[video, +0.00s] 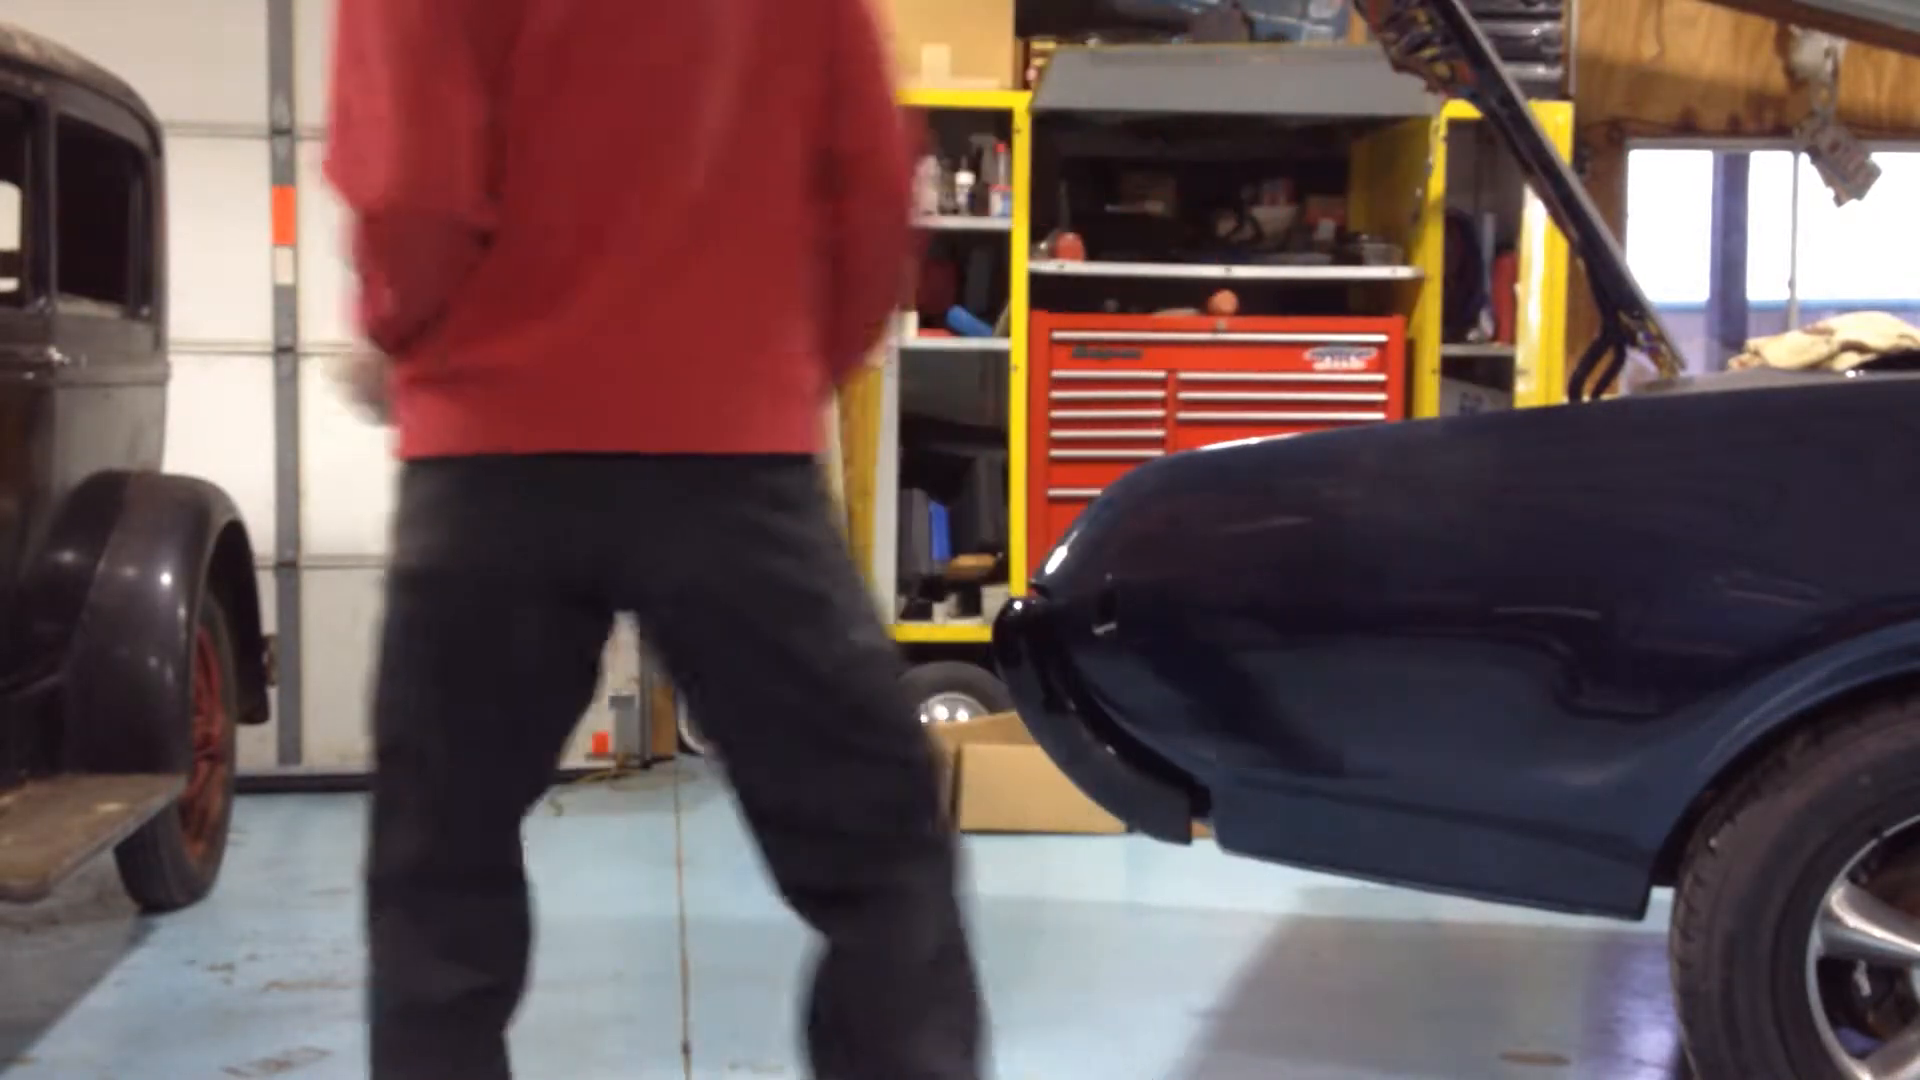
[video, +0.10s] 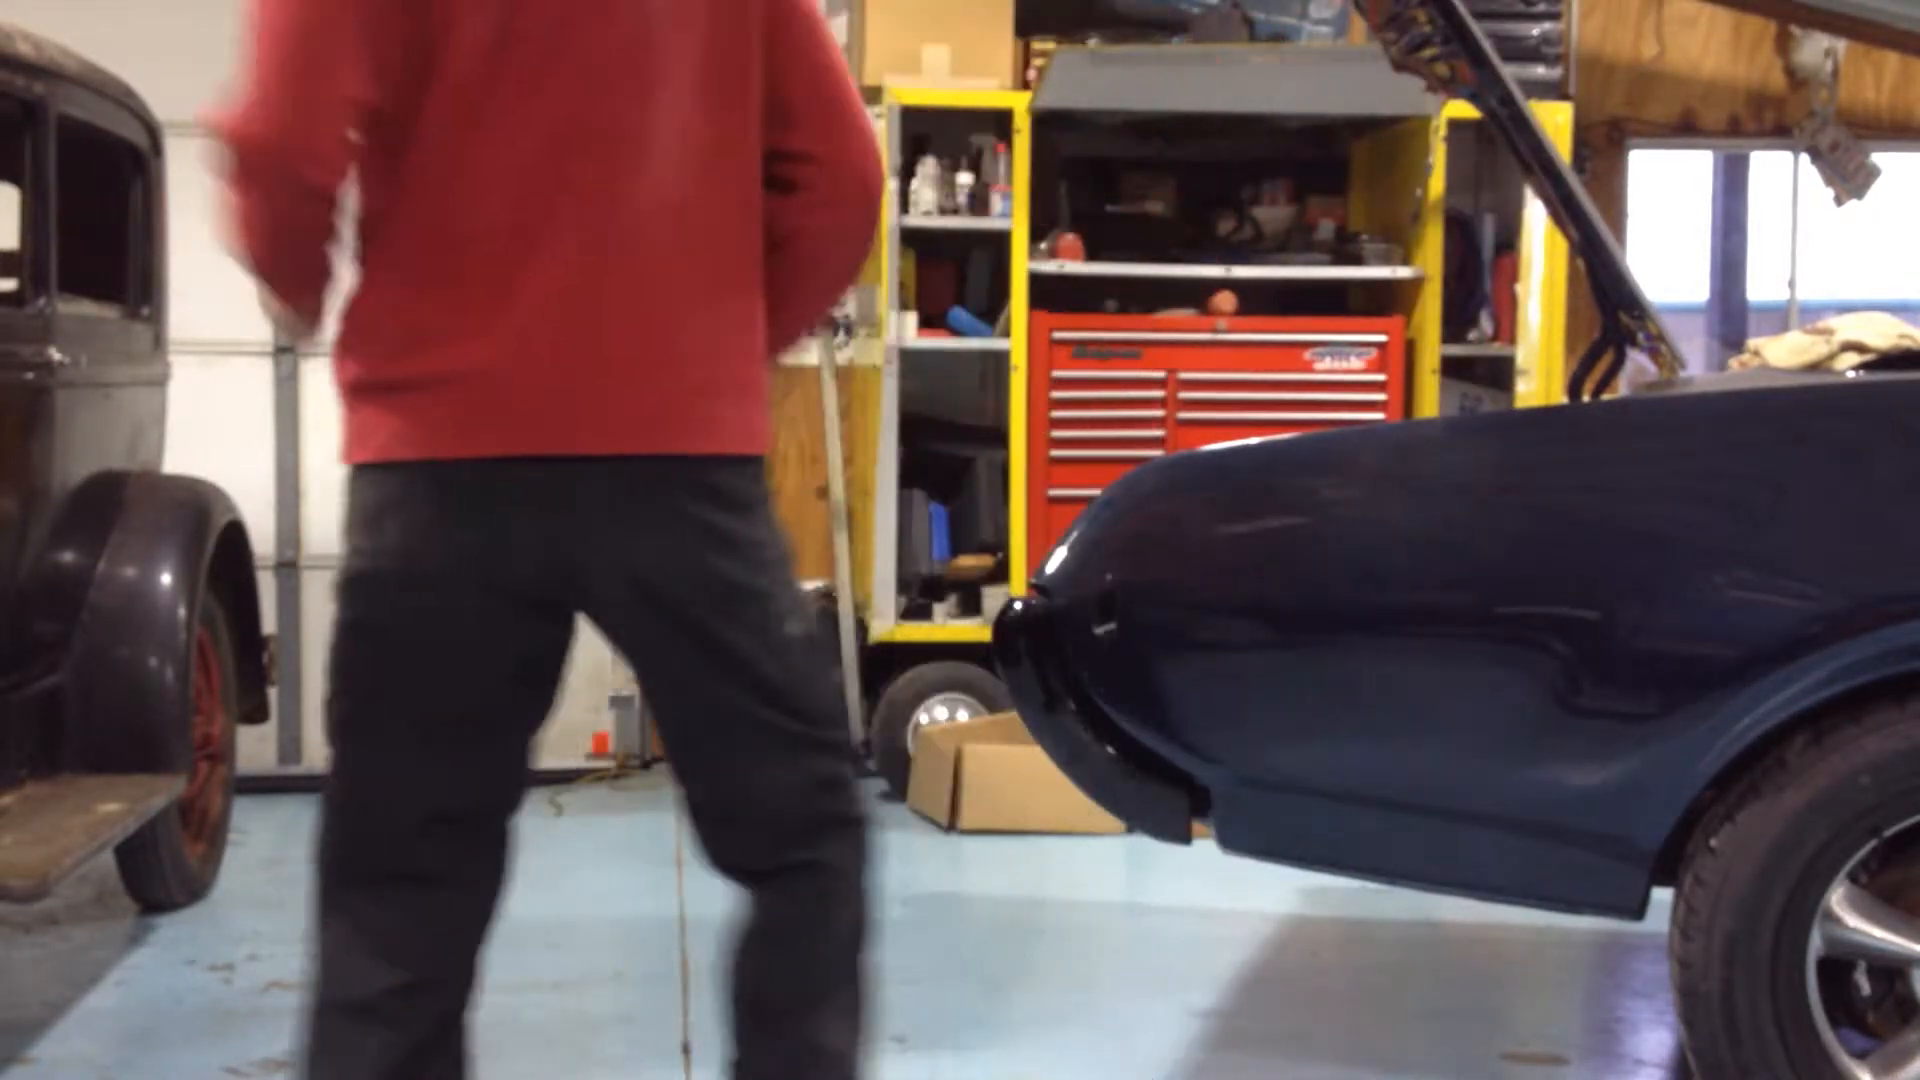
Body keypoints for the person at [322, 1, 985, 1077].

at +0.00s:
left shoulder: (418, 7)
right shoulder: (812, 14)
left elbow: (416, 189)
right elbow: (876, 195)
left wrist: (392, 332)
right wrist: (782, 367)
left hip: (501, 453)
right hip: (733, 451)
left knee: (437, 875)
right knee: (882, 860)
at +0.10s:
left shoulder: (363, 4)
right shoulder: (744, 6)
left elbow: (278, 131)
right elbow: (842, 175)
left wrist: (312, 300)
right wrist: (710, 335)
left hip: (445, 425)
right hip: (680, 433)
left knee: (400, 878)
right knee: (804, 832)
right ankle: (794, 1064)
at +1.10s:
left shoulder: (439, 25)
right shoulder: (756, 20)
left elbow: (347, 233)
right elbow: (896, 187)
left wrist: (478, 304)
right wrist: (771, 281)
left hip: (511, 476)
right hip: (707, 478)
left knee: (410, 798)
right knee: (730, 829)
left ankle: (378, 1063)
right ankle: (632, 1071)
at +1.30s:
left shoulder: (499, 54)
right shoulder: (768, 44)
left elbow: (453, 276)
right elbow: (775, 254)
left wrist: (544, 386)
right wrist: (822, 395)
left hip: (544, 470)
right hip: (714, 469)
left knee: (526, 764)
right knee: (746, 827)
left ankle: (488, 1066)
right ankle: (631, 1073)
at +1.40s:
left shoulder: (527, 58)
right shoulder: (760, 42)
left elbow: (451, 255)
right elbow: (737, 217)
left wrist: (573, 329)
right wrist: (804, 350)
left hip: (545, 473)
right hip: (690, 468)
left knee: (575, 773)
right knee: (770, 814)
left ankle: (589, 1050)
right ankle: (629, 1059)